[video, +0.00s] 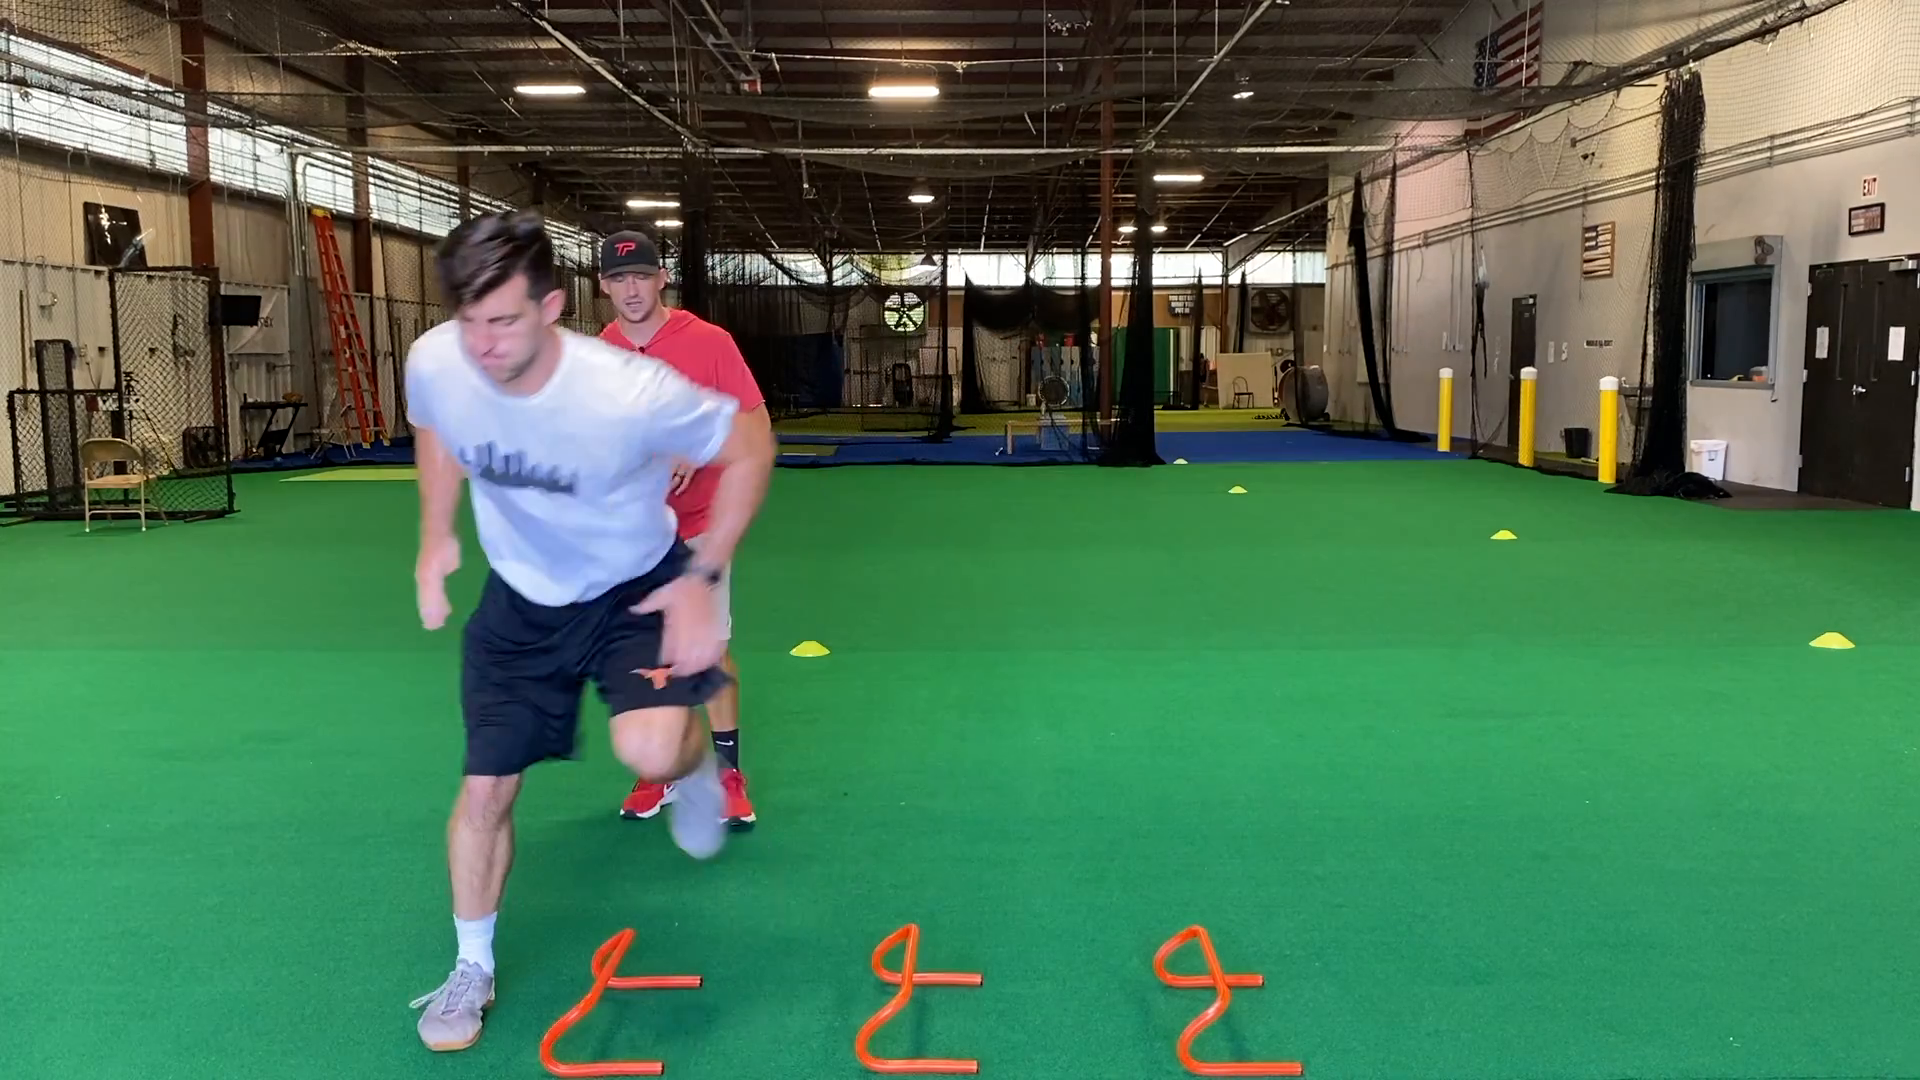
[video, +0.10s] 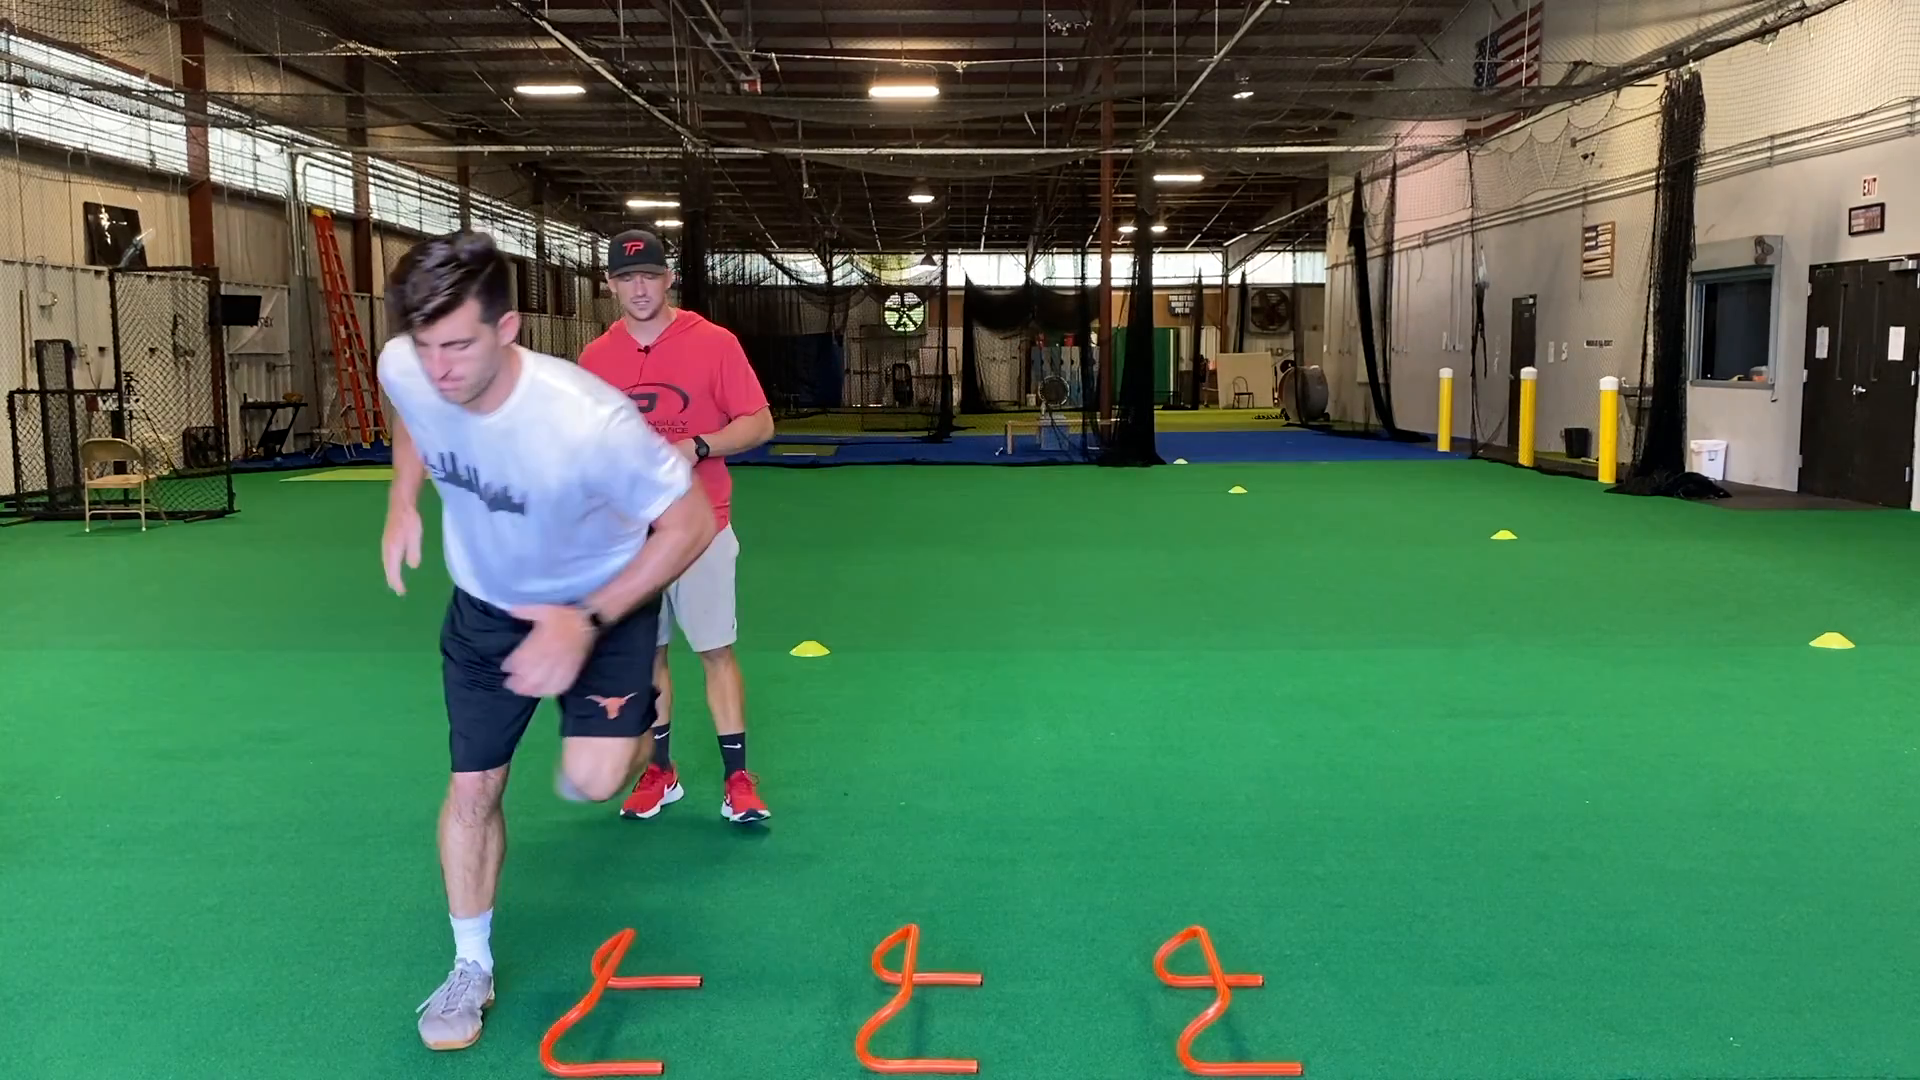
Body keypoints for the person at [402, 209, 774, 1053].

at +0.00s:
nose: (484, 341)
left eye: (504, 320)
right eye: (471, 320)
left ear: (553, 307)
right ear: (453, 311)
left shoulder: (630, 391)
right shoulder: (436, 364)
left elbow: (752, 438)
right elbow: (436, 432)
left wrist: (705, 567)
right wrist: (437, 539)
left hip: (638, 590)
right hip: (519, 597)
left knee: (649, 750)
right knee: (487, 784)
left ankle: (696, 762)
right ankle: (472, 969)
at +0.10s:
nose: (440, 367)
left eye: (459, 345)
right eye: (427, 347)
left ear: (508, 328)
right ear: (410, 336)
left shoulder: (590, 419)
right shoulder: (405, 368)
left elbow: (694, 519)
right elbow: (413, 423)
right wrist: (402, 503)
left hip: (606, 605)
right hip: (485, 606)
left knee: (592, 784)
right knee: (473, 784)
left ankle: (646, 693)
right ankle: (471, 966)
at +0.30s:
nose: (396, 392)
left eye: (414, 371)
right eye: (381, 374)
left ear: (462, 350)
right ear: (364, 366)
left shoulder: (545, 441)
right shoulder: (367, 382)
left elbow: (643, 562)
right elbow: (376, 425)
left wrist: (513, 624)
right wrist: (375, 478)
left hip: (575, 610)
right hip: (460, 608)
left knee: (567, 785)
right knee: (455, 784)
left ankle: (537, 763)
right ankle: (467, 966)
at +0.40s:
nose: (391, 394)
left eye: (409, 373)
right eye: (376, 376)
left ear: (455, 351)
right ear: (358, 367)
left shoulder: (540, 440)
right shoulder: (358, 383)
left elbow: (642, 555)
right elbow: (370, 433)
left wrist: (516, 625)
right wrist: (370, 489)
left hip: (570, 607)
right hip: (453, 607)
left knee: (567, 784)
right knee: (449, 783)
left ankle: (536, 761)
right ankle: (465, 966)